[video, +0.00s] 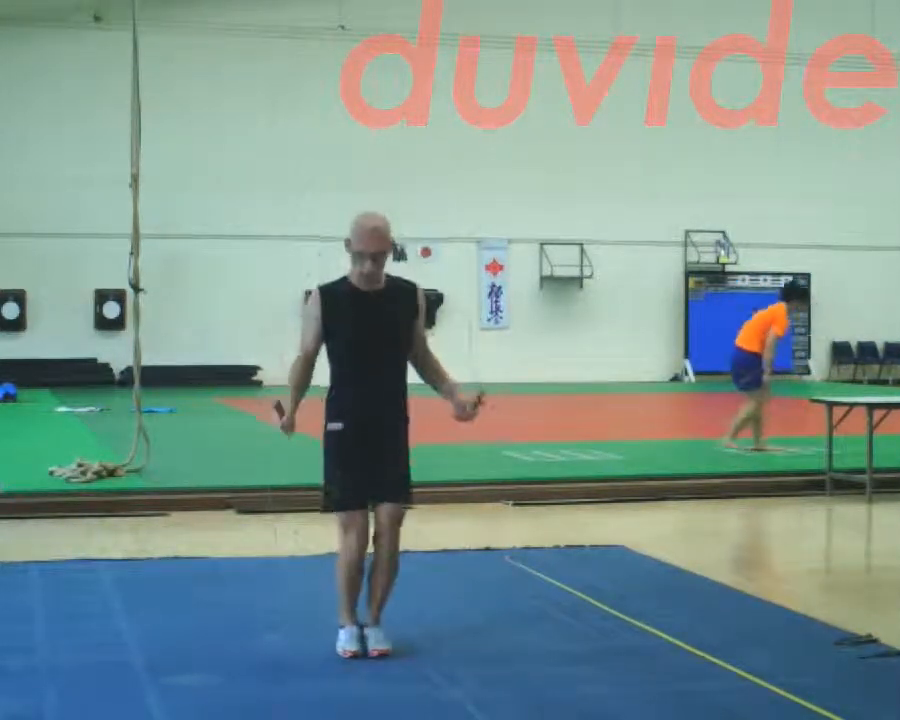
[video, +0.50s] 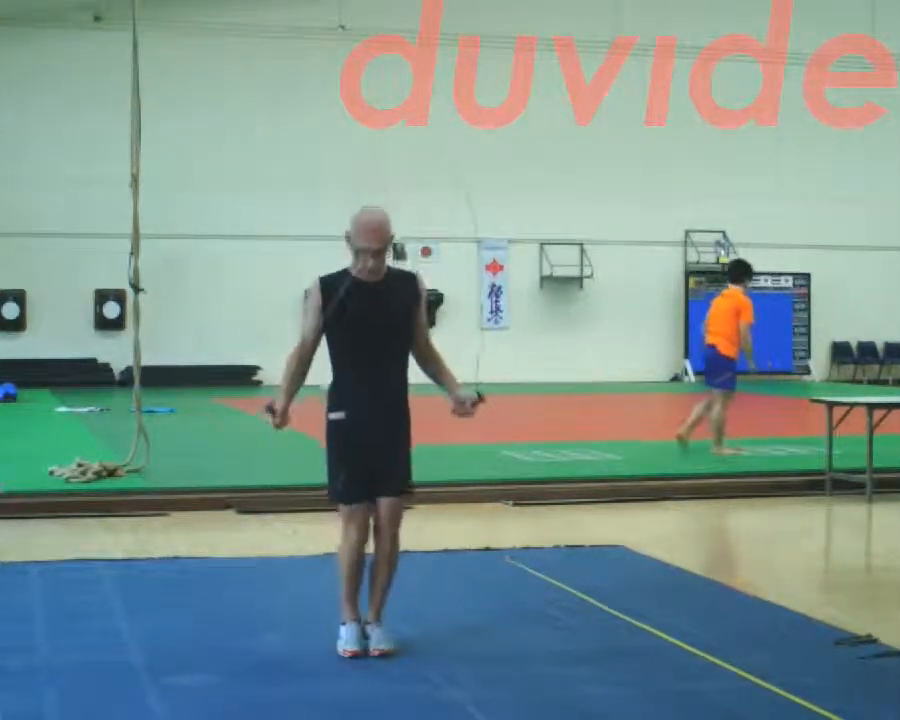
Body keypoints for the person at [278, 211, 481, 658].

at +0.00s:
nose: (371, 267)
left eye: (379, 257)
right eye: (362, 257)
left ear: (391, 251)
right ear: (347, 251)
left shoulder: (410, 296)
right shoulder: (323, 300)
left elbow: (420, 354)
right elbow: (306, 357)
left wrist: (454, 394)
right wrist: (291, 403)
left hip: (392, 424)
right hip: (345, 425)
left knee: (389, 525)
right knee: (354, 529)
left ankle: (373, 623)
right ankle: (348, 624)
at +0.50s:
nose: (372, 262)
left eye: (380, 253)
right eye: (363, 253)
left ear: (391, 245)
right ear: (348, 245)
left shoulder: (410, 287)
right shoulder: (325, 291)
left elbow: (423, 348)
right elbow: (304, 350)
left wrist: (454, 389)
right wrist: (284, 398)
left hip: (392, 416)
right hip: (348, 417)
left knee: (389, 519)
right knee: (357, 520)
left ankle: (375, 620)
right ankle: (349, 622)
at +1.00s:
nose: (378, 255)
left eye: (385, 247)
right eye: (370, 248)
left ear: (397, 235)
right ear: (354, 235)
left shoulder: (411, 275)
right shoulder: (331, 277)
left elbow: (421, 339)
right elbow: (308, 339)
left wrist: (453, 385)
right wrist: (287, 394)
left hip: (396, 407)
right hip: (349, 408)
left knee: (390, 510)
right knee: (353, 510)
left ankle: (378, 617)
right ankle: (349, 618)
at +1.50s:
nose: (379, 238)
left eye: (387, 230)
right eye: (371, 229)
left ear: (398, 220)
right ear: (357, 217)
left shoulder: (414, 258)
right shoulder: (333, 261)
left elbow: (424, 326)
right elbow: (311, 326)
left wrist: (453, 376)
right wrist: (289, 382)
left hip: (395, 391)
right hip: (352, 392)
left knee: (392, 498)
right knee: (358, 497)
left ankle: (377, 605)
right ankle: (354, 603)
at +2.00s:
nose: (379, 213)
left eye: (386, 205)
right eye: (370, 205)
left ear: (396, 198)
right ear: (355, 197)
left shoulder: (415, 235)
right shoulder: (332, 237)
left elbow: (433, 304)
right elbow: (309, 302)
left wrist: (464, 357)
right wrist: (282, 355)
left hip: (392, 354)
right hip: (347, 355)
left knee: (397, 446)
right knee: (359, 447)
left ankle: (384, 556)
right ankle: (355, 554)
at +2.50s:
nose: (375, 206)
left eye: (383, 197)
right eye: (367, 198)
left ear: (393, 195)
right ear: (351, 196)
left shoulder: (413, 242)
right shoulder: (332, 243)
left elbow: (428, 309)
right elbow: (314, 312)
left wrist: (453, 358)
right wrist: (294, 366)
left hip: (395, 372)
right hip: (349, 372)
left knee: (394, 474)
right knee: (353, 474)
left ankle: (386, 579)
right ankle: (352, 580)